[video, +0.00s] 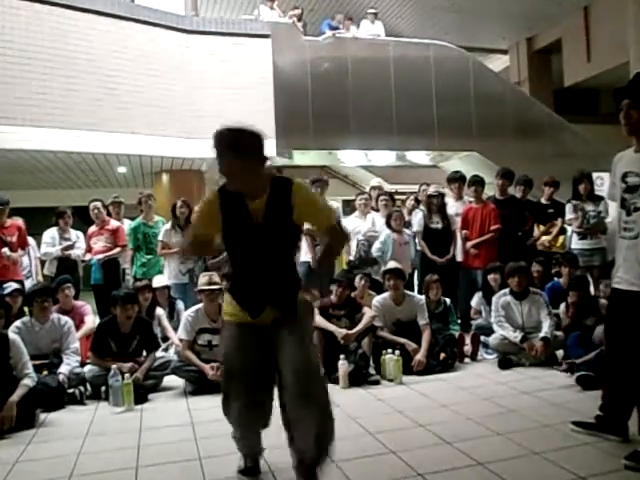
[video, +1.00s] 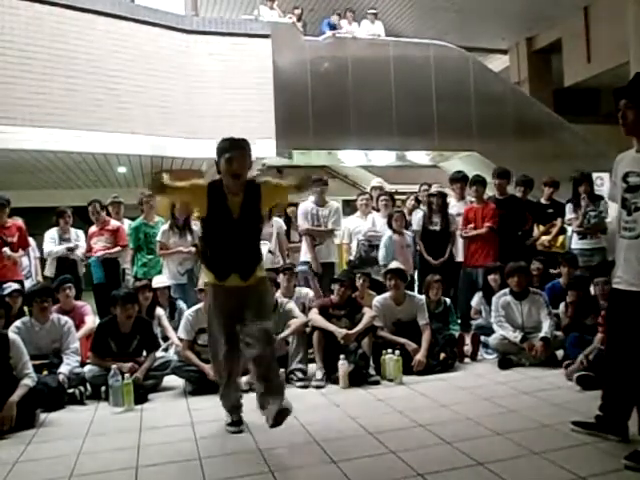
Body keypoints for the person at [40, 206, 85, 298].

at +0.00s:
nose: (66, 221)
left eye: (69, 218)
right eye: (63, 218)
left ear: (72, 219)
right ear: (58, 220)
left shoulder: (78, 234)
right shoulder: (49, 233)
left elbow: (81, 252)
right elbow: (43, 252)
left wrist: (70, 254)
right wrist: (60, 250)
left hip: (73, 267)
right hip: (55, 266)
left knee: (74, 296)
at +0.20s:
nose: (66, 221)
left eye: (68, 218)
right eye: (63, 218)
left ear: (72, 219)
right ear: (57, 220)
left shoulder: (78, 234)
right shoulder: (49, 233)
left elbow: (81, 252)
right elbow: (43, 253)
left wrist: (70, 254)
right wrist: (60, 250)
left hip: (73, 268)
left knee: (73, 297)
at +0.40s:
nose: (66, 221)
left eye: (68, 218)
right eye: (62, 218)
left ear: (71, 219)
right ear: (57, 220)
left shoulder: (78, 234)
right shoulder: (49, 233)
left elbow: (81, 253)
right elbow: (43, 253)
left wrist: (70, 254)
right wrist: (60, 250)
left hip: (72, 269)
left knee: (73, 298)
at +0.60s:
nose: (66, 221)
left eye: (68, 217)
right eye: (62, 218)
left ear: (71, 219)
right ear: (57, 220)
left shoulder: (78, 235)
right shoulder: (49, 234)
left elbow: (81, 253)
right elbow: (43, 253)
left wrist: (69, 253)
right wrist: (60, 250)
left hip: (72, 268)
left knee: (73, 298)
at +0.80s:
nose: (66, 220)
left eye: (68, 217)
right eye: (62, 218)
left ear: (71, 219)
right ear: (57, 220)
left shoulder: (78, 234)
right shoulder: (49, 234)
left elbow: (80, 253)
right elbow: (44, 252)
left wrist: (69, 251)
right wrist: (63, 249)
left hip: (73, 265)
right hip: (56, 265)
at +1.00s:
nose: (67, 220)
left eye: (69, 217)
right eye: (63, 217)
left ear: (72, 219)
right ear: (58, 220)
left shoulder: (79, 233)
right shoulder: (50, 233)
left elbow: (82, 254)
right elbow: (47, 252)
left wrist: (68, 252)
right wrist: (66, 248)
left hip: (73, 265)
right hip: (56, 265)